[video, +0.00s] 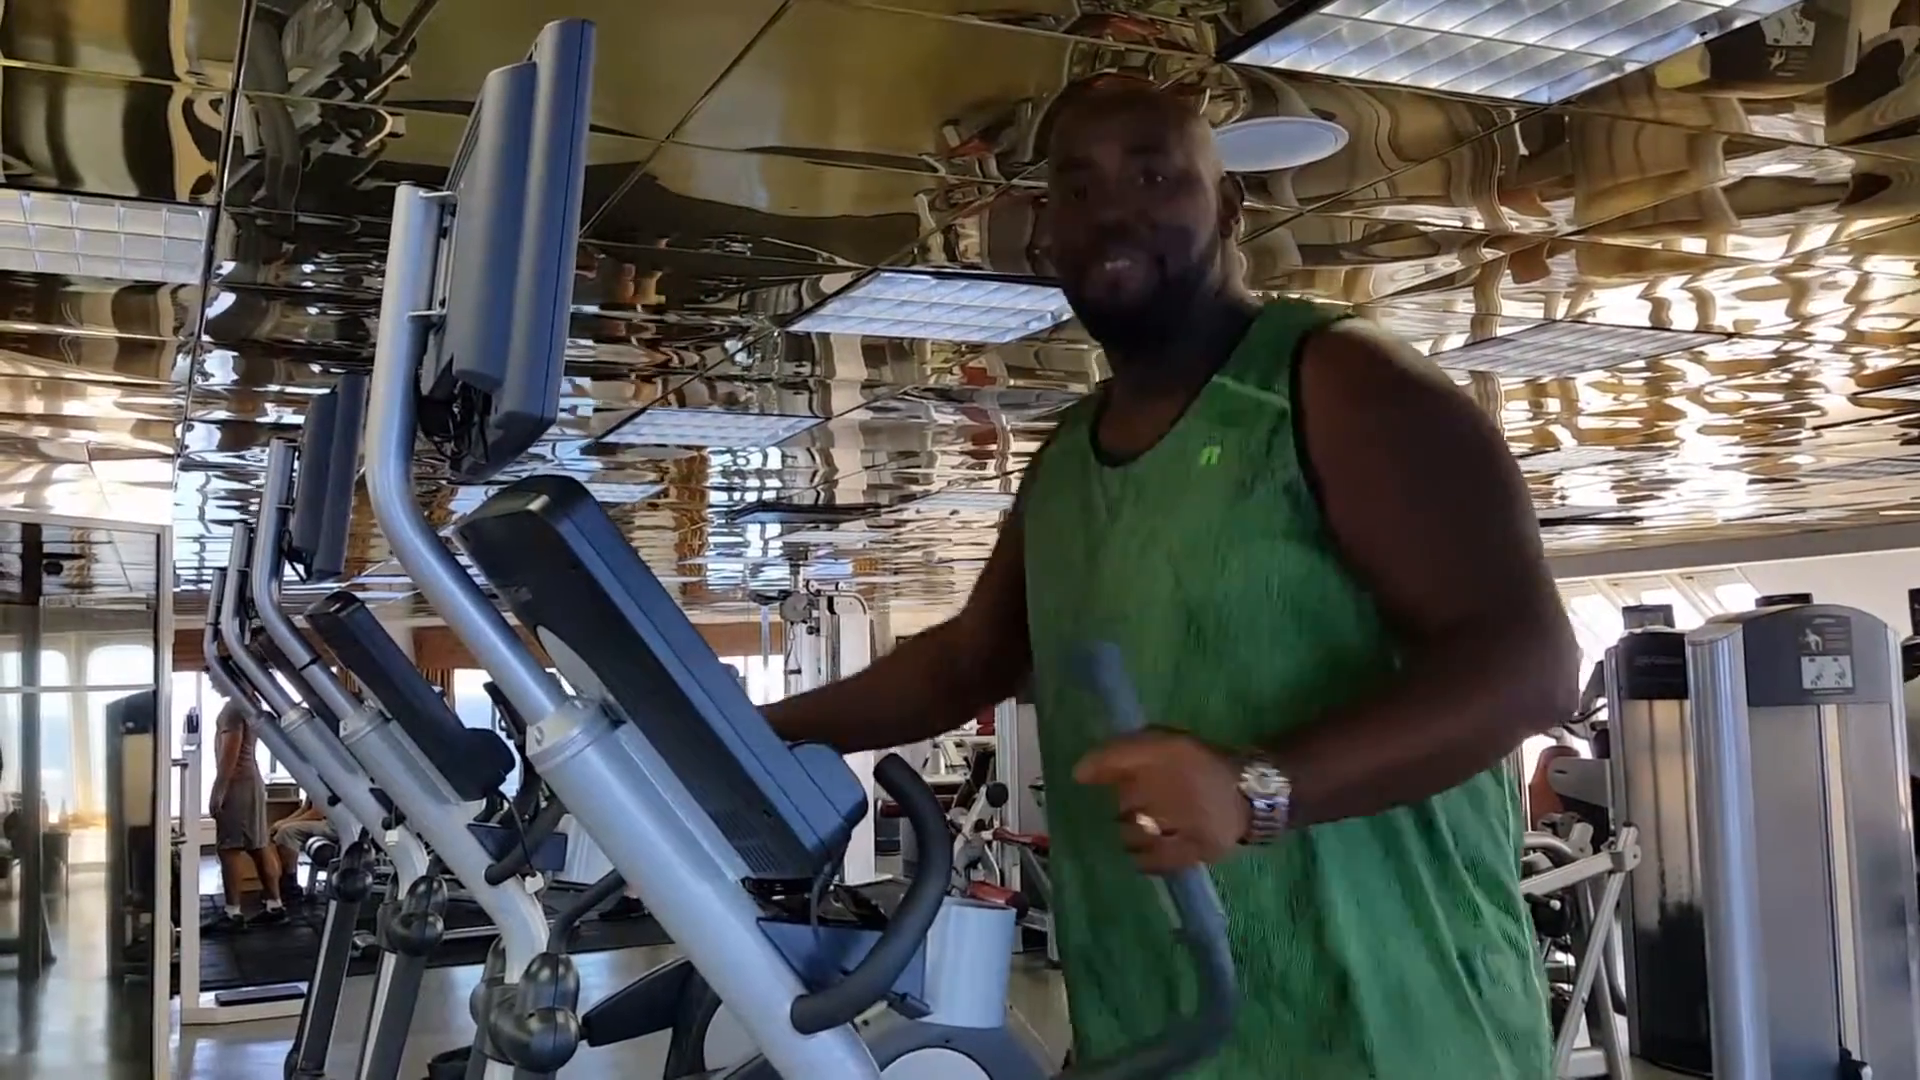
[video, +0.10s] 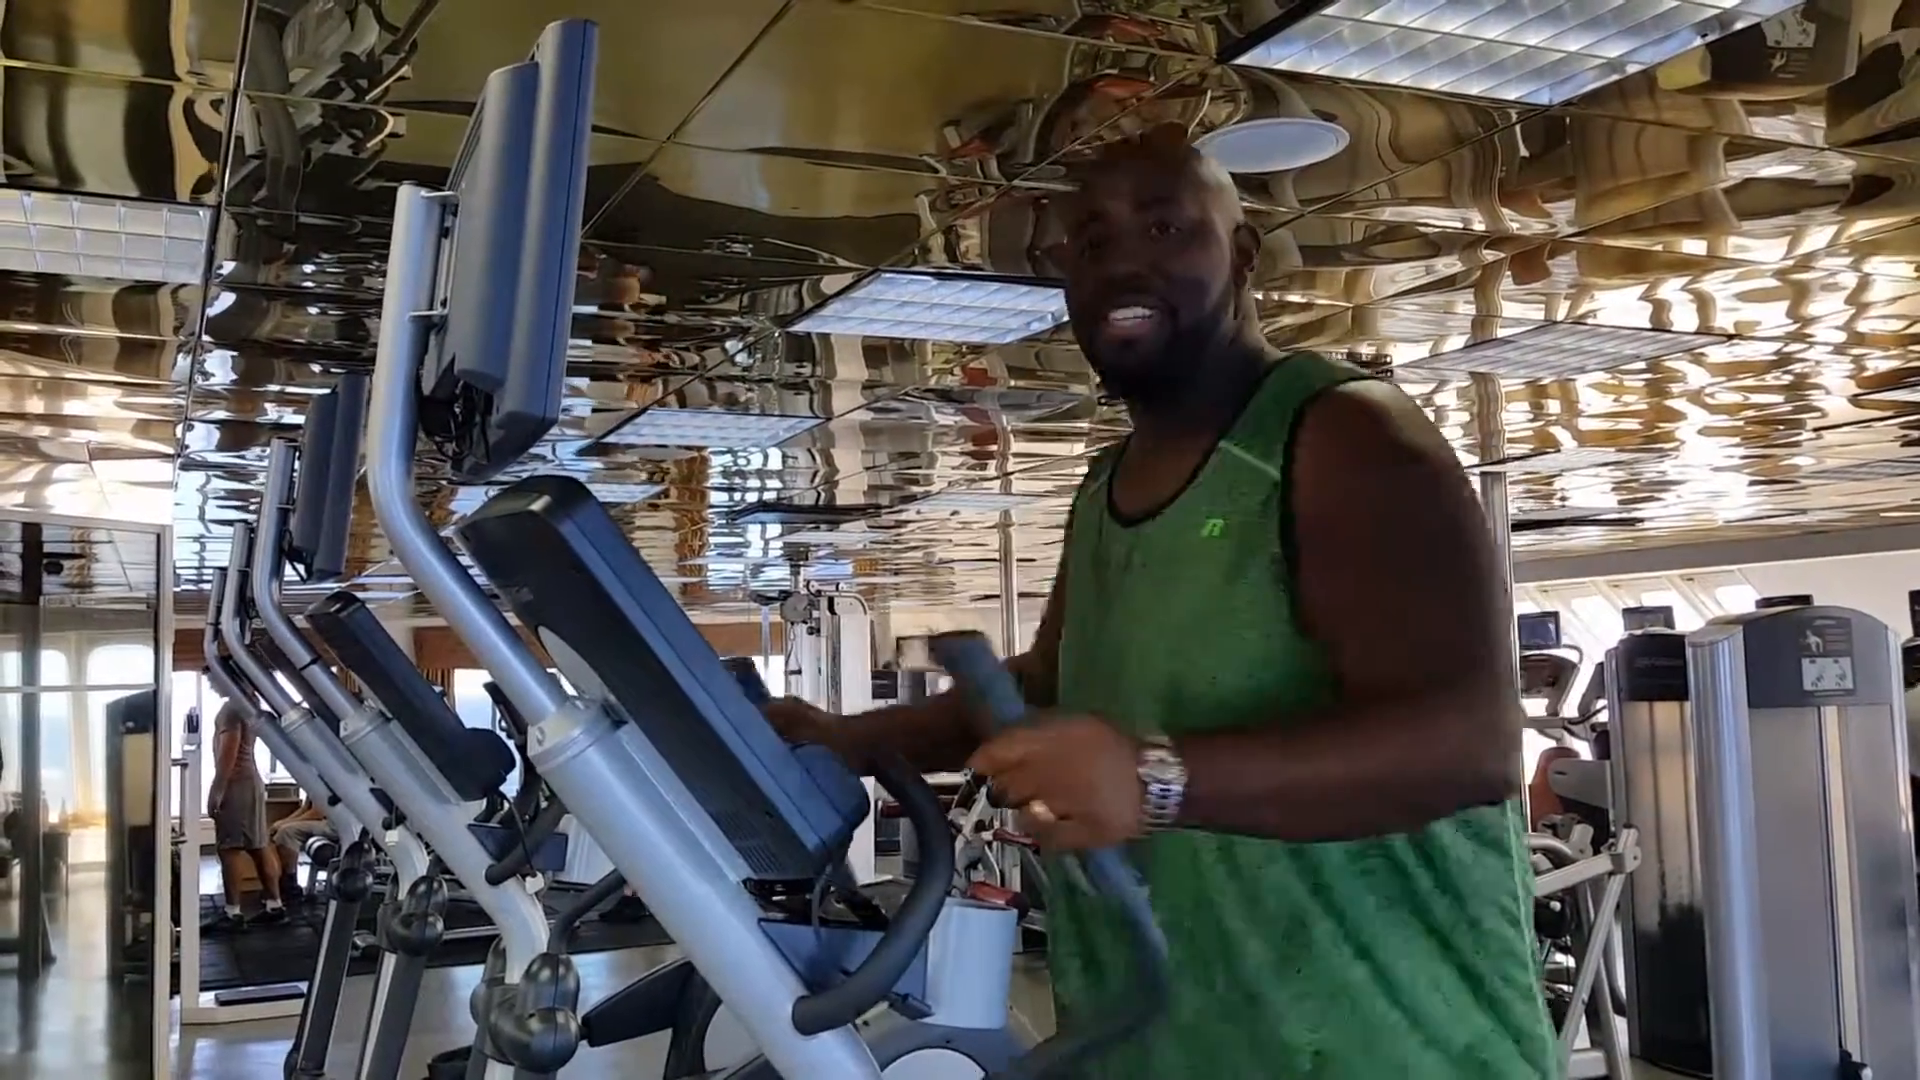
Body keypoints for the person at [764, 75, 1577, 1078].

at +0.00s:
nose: (1110, 206)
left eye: (1153, 174)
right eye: (1075, 184)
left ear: (1228, 211)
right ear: (1045, 232)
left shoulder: (1351, 386)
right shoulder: (1064, 463)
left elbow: (1528, 662)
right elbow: (969, 659)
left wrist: (1262, 791)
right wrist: (755, 733)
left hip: (1393, 1024)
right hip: (1142, 1028)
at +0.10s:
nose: (1122, 256)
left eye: (1167, 225)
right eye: (1090, 236)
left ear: (1239, 260)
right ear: (1062, 275)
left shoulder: (1359, 442)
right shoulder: (1106, 492)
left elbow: (1469, 738)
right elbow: (1047, 691)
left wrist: (1160, 777)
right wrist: (846, 741)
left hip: (1384, 1044)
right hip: (1144, 1041)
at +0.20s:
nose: (1119, 271)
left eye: (1164, 233)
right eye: (1086, 245)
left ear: (1240, 264)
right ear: (1058, 281)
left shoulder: (1348, 432)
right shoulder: (1129, 472)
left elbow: (1388, 731)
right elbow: (1165, 704)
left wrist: (1070, 768)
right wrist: (964, 741)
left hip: (1357, 1027)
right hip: (1156, 1021)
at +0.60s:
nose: (1075, 268)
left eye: (1116, 232)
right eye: (1044, 243)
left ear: (1189, 261)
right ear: (1017, 277)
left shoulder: (1300, 425)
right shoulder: (1060, 474)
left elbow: (1391, 703)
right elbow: (1066, 669)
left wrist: (1132, 766)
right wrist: (888, 738)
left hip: (1319, 1002)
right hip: (1127, 1001)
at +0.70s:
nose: (1073, 306)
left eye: (1110, 267)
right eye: (1042, 281)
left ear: (1191, 280)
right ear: (1021, 309)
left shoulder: (1314, 449)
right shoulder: (1055, 507)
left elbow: (1482, 722)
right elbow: (984, 708)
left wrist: (1252, 796)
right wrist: (784, 730)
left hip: (1320, 1002)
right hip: (1125, 998)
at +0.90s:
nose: (1082, 230)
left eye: (1119, 191)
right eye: (1047, 209)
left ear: (1195, 215)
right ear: (1022, 252)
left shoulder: (1330, 388)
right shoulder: (1029, 461)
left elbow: (1526, 639)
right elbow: (924, 638)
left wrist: (1364, 819)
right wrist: (722, 726)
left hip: (1337, 970)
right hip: (1127, 977)